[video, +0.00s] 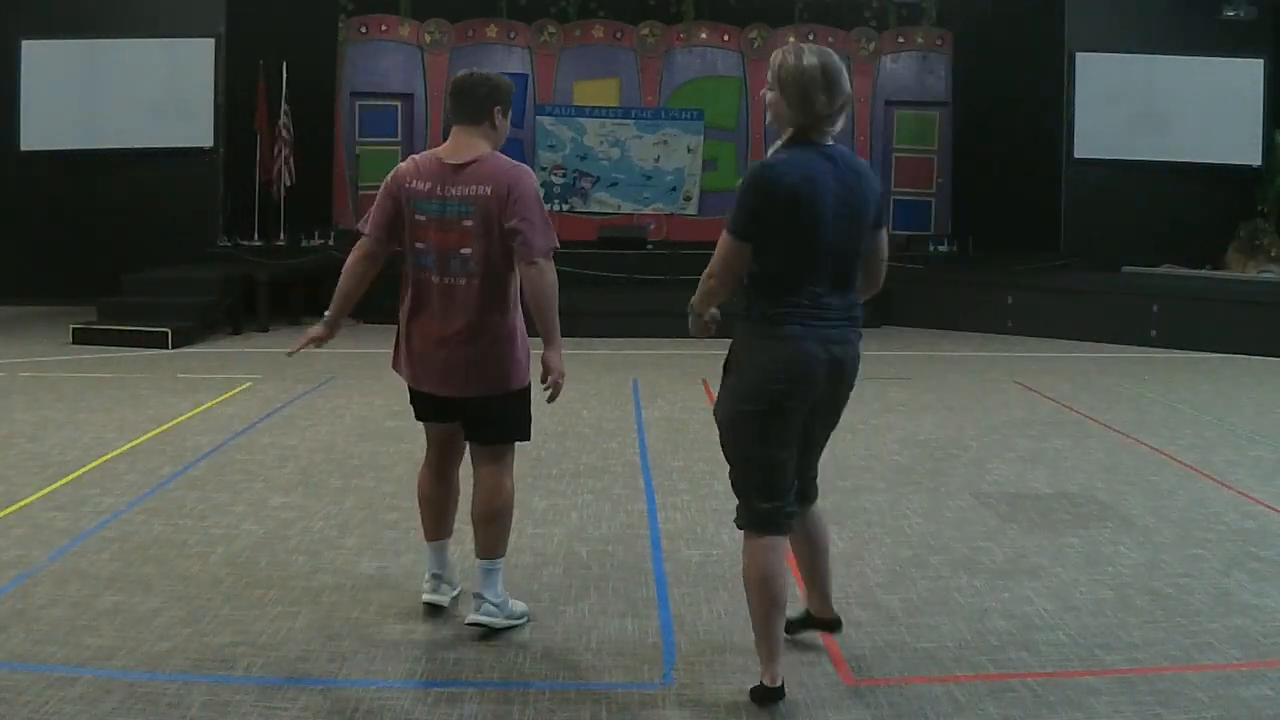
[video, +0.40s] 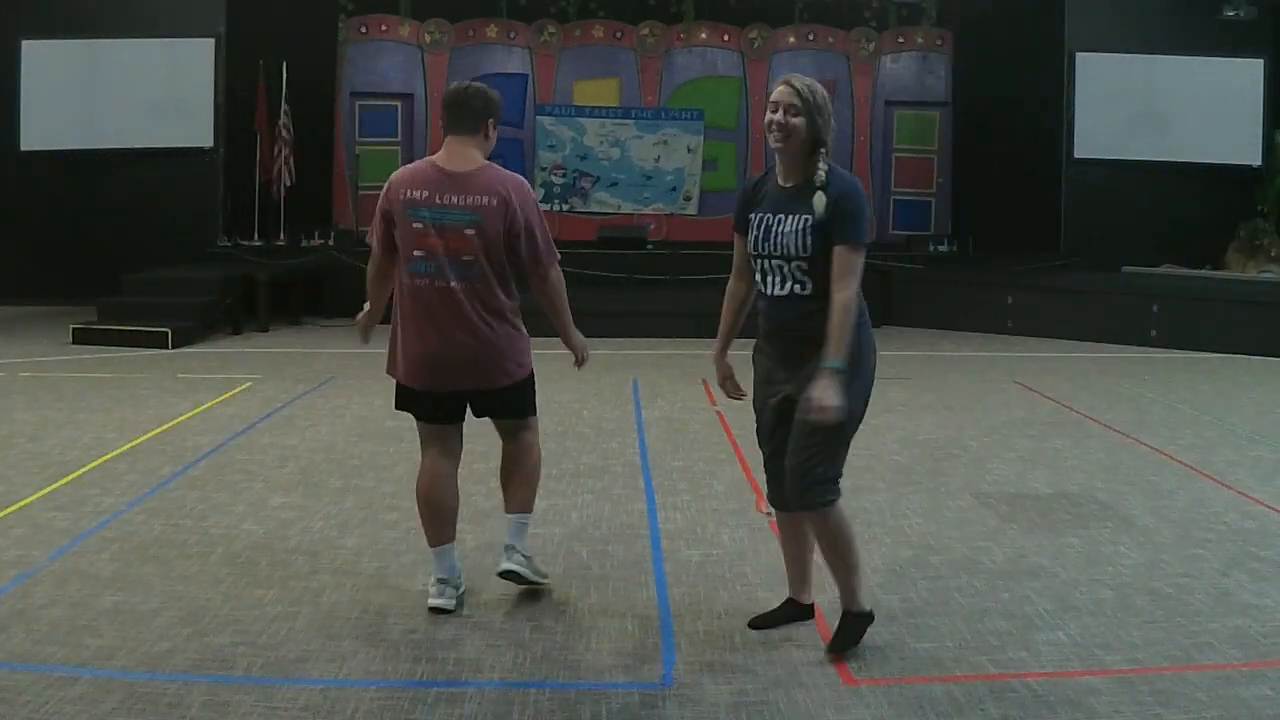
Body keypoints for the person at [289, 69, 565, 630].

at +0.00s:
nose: (509, 125)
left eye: (508, 117)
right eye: (509, 117)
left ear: (450, 115)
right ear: (497, 116)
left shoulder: (407, 174)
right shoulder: (514, 180)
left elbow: (367, 254)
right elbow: (535, 264)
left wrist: (331, 321)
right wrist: (552, 344)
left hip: (425, 352)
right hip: (493, 354)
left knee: (440, 453)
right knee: (493, 464)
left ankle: (437, 579)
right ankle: (490, 596)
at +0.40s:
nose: (497, 136)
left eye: (495, 129)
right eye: (497, 129)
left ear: (441, 125)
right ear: (489, 129)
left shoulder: (401, 183)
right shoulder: (511, 190)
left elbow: (383, 259)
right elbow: (545, 273)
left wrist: (372, 309)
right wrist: (569, 330)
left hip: (423, 350)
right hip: (496, 349)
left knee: (437, 454)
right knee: (520, 435)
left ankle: (444, 579)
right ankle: (515, 547)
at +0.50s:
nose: (498, 133)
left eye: (494, 127)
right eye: (497, 127)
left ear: (441, 125)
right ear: (491, 128)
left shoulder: (404, 182)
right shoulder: (516, 189)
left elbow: (394, 259)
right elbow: (543, 269)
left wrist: (417, 294)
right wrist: (559, 305)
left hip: (427, 350)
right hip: (500, 349)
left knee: (439, 453)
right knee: (518, 440)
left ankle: (445, 579)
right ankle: (538, 553)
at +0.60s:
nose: (499, 134)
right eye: (499, 128)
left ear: (445, 127)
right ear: (495, 129)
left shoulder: (412, 183)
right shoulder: (521, 186)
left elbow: (405, 246)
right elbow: (540, 255)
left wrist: (472, 247)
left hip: (434, 351)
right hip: (505, 351)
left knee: (443, 452)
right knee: (518, 443)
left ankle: (445, 578)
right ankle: (540, 547)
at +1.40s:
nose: (531, 133)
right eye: (531, 127)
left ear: (477, 128)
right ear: (526, 130)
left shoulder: (451, 185)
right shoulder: (548, 178)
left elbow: (439, 224)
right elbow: (496, 192)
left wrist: (425, 190)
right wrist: (431, 192)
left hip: (465, 340)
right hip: (533, 340)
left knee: (458, 434)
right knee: (531, 434)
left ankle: (445, 554)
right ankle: (539, 550)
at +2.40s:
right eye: (548, 127)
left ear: (497, 130)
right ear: (545, 131)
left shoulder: (467, 193)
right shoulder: (570, 182)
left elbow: (467, 244)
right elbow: (527, 219)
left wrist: (443, 233)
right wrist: (457, 230)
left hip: (491, 344)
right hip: (559, 343)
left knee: (477, 438)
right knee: (555, 439)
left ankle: (450, 551)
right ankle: (561, 554)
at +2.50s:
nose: (548, 134)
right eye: (552, 127)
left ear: (502, 131)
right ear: (550, 131)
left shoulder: (472, 195)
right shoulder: (578, 185)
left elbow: (476, 255)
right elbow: (575, 244)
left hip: (497, 344)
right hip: (565, 343)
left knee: (481, 437)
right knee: (559, 441)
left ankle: (453, 550)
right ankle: (561, 554)